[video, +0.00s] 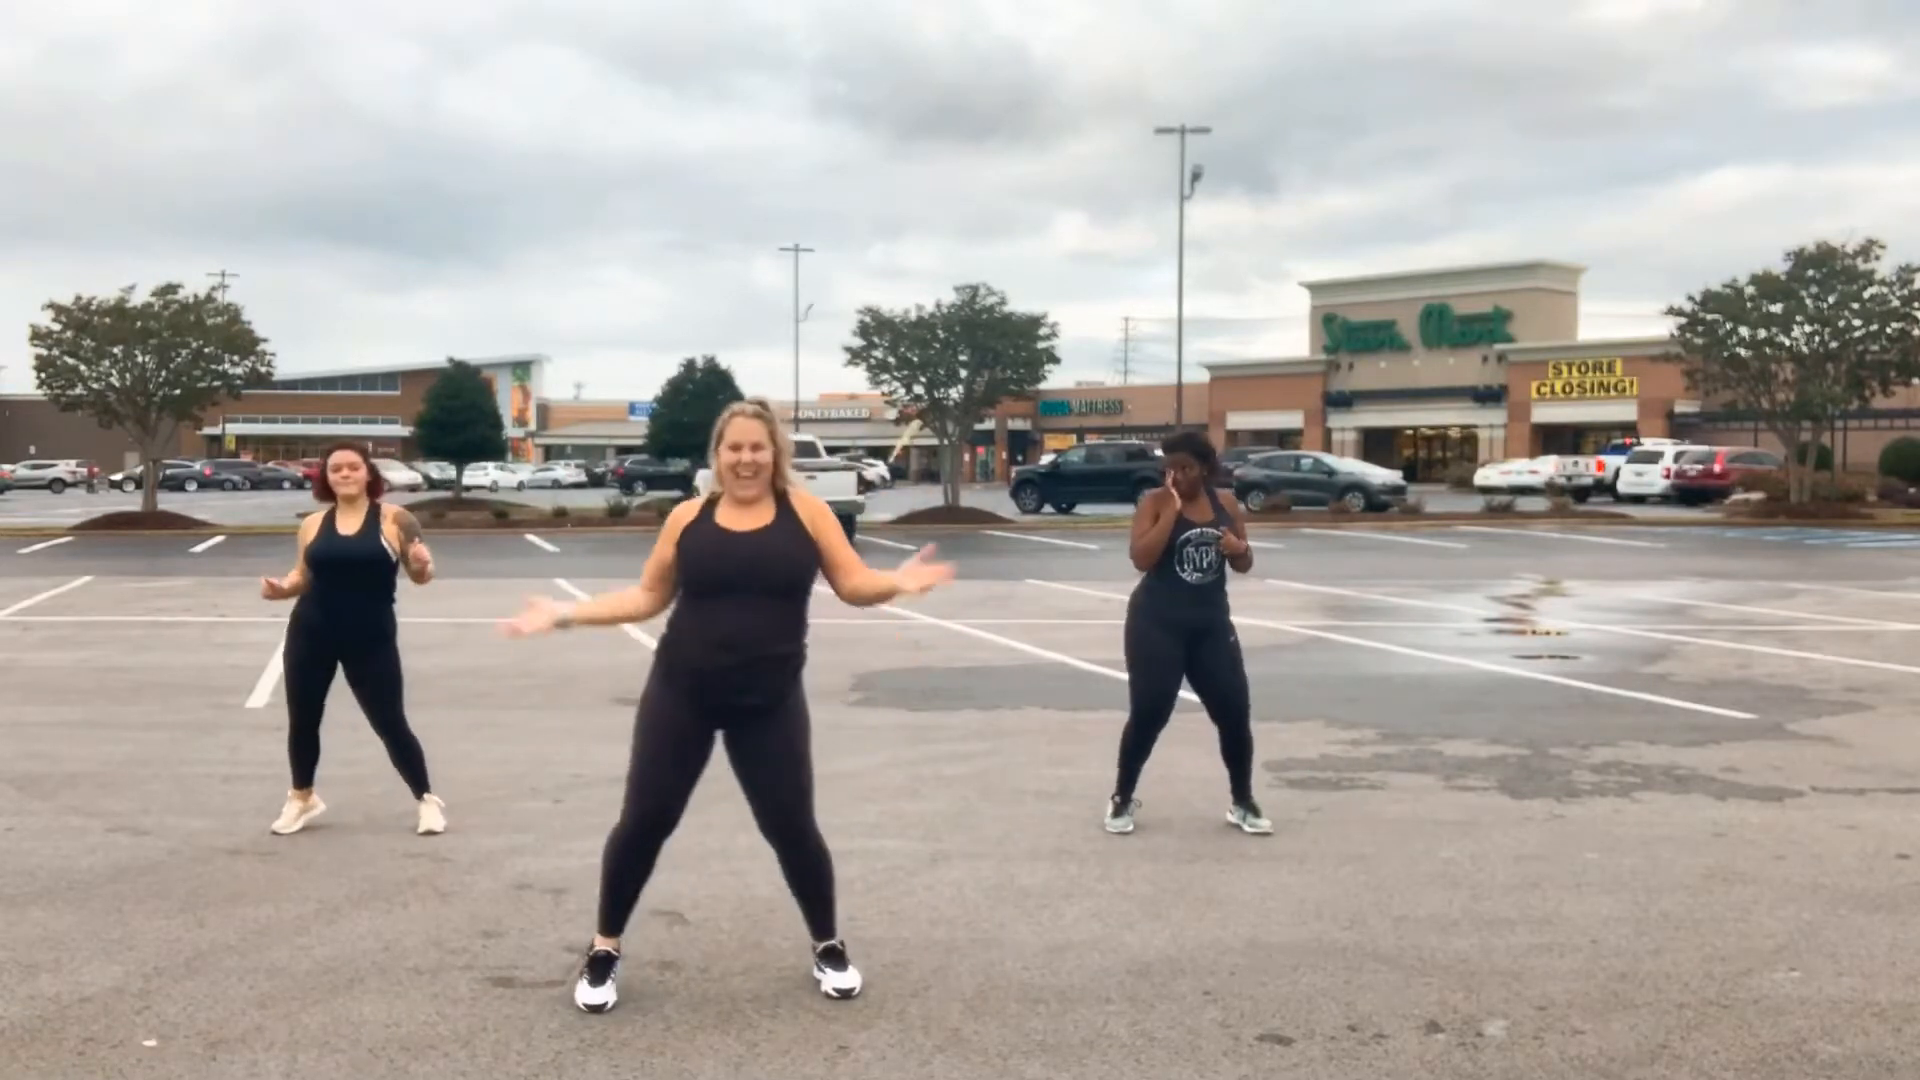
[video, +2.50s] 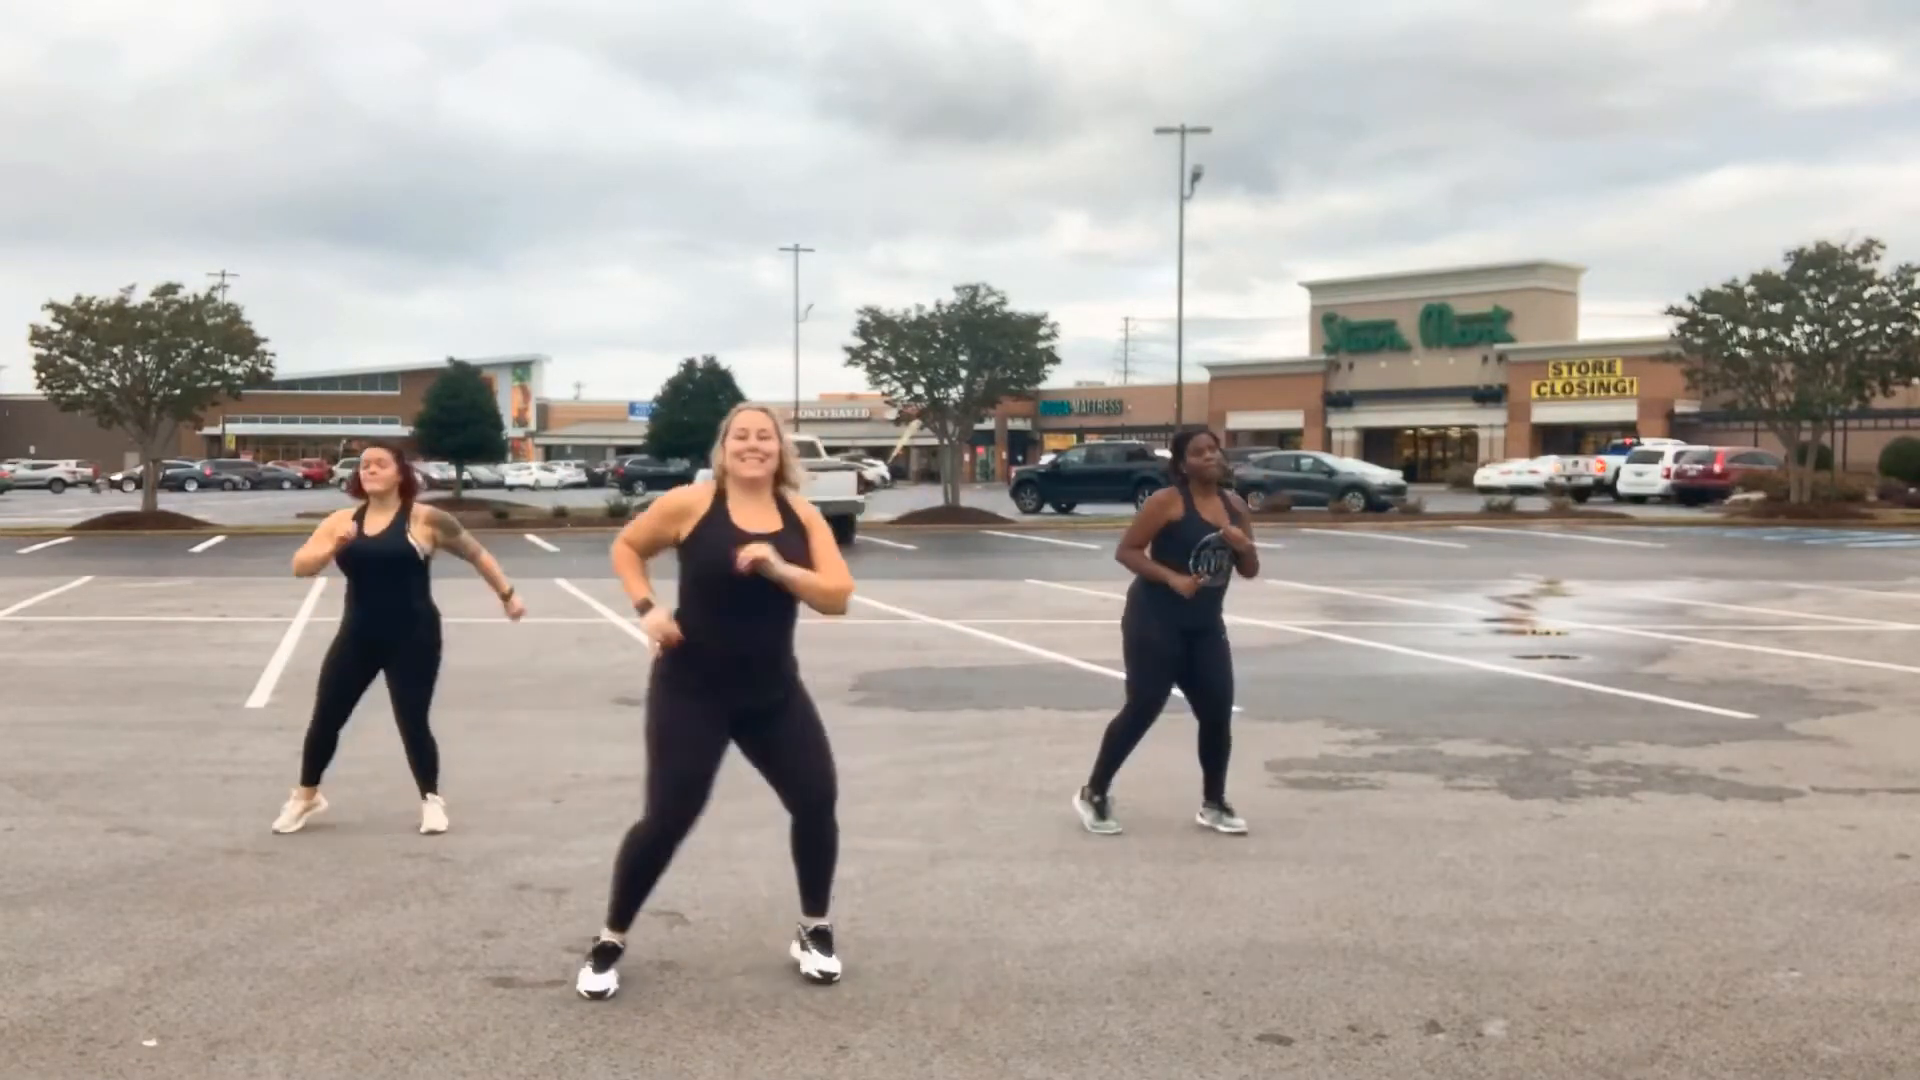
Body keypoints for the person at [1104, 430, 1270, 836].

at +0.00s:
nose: (1175, 476)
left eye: (1183, 469)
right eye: (1170, 469)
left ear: (1204, 468)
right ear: (1164, 469)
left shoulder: (1224, 502)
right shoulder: (1153, 502)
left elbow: (1243, 564)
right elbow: (1141, 558)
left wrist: (1237, 549)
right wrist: (1170, 512)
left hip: (1210, 626)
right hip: (1156, 626)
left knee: (1235, 715)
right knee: (1148, 715)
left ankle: (1242, 802)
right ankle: (1122, 799)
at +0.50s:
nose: (1178, 480)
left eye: (1186, 473)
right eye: (1172, 472)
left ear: (1206, 470)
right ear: (1165, 472)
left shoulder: (1227, 503)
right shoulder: (1152, 502)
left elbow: (1249, 558)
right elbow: (1135, 560)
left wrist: (1257, 546)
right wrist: (1161, 515)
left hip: (1207, 623)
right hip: (1151, 622)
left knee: (1230, 714)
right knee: (1145, 712)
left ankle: (1242, 802)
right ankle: (1122, 799)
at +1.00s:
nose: (1213, 477)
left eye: (1220, 469)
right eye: (1206, 469)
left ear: (1230, 472)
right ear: (1189, 469)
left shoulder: (1239, 503)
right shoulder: (1166, 500)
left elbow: (1264, 551)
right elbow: (1140, 561)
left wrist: (1244, 502)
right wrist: (1165, 524)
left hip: (1230, 623)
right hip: (1174, 623)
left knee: (1245, 714)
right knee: (1176, 715)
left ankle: (1245, 796)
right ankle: (1170, 804)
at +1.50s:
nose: (1240, 479)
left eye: (1249, 473)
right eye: (1235, 470)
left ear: (1260, 474)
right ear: (1220, 465)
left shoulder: (1270, 501)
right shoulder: (1195, 498)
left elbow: (1281, 553)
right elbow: (1175, 562)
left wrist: (1265, 499)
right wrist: (1194, 525)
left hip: (1265, 620)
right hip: (1208, 620)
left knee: (1282, 712)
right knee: (1191, 710)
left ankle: (1314, 799)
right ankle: (1174, 798)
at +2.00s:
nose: (1220, 462)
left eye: (1227, 455)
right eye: (1212, 454)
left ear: (1233, 461)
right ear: (1191, 458)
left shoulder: (1237, 500)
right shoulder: (1170, 501)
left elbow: (1248, 551)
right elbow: (1173, 560)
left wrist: (1269, 540)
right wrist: (1226, 526)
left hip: (1231, 617)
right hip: (1179, 618)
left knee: (1231, 711)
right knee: (1186, 710)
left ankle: (1218, 800)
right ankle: (1179, 803)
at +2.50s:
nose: (1212, 457)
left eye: (1214, 450)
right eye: (1201, 453)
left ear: (1222, 456)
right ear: (1183, 464)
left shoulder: (1230, 505)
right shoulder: (1167, 502)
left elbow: (1248, 571)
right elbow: (1126, 552)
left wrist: (1244, 547)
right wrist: (1172, 577)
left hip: (1205, 626)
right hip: (1154, 623)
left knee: (1217, 714)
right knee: (1143, 707)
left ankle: (1214, 804)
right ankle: (1093, 793)